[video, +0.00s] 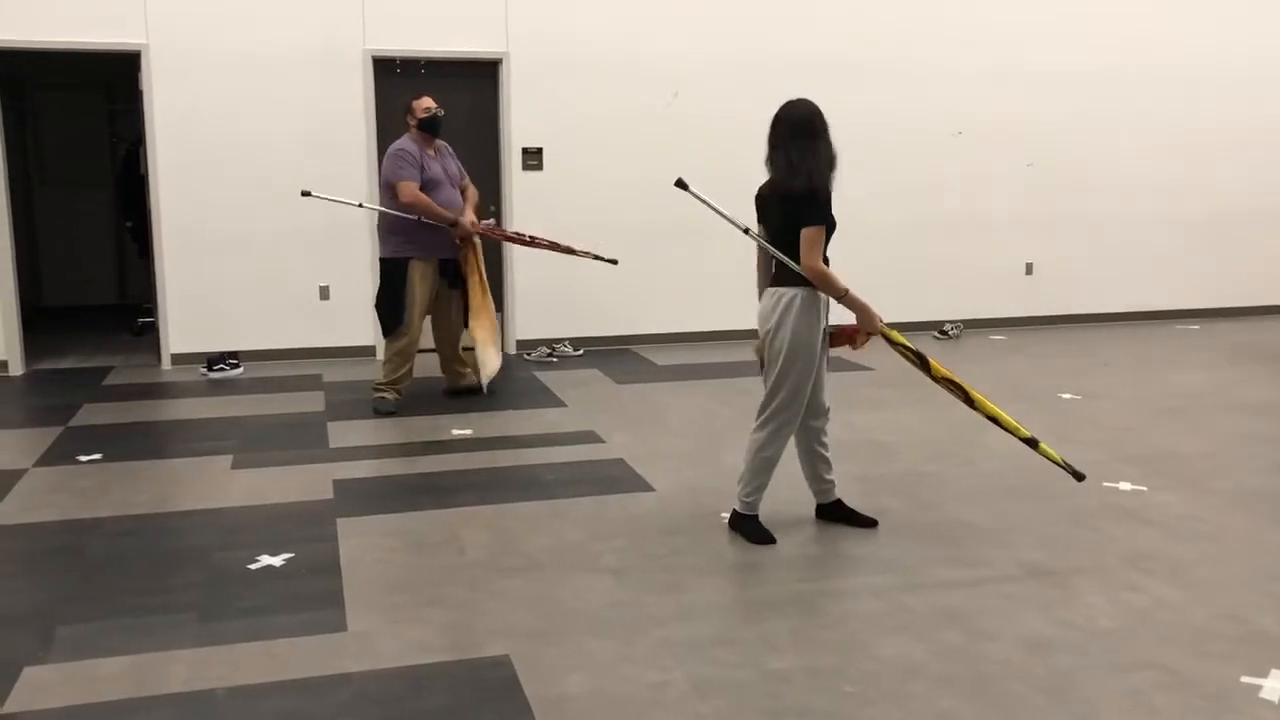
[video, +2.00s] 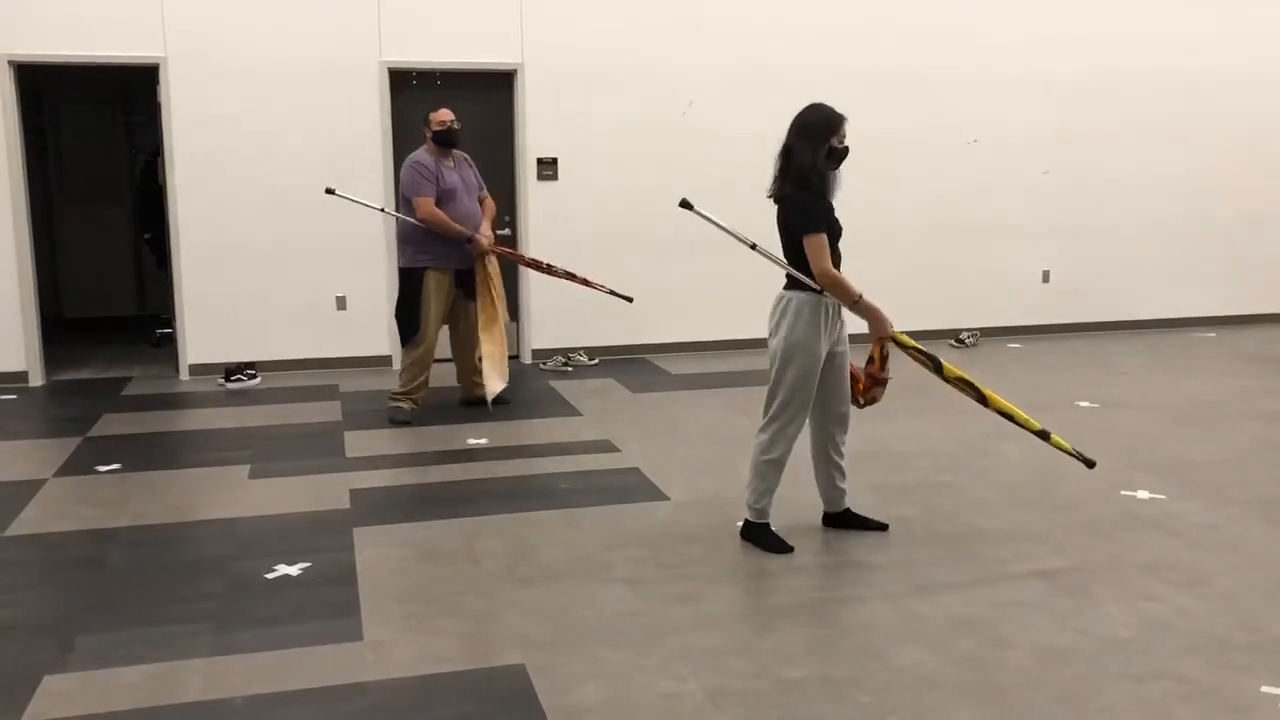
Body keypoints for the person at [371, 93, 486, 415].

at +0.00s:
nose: (434, 115)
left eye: (437, 110)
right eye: (426, 111)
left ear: (441, 116)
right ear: (411, 119)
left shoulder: (444, 150)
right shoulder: (401, 151)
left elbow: (470, 189)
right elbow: (408, 197)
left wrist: (467, 214)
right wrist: (455, 220)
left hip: (448, 251)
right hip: (410, 254)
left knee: (451, 321)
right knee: (405, 327)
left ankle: (459, 379)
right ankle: (388, 390)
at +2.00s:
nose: (450, 129)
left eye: (454, 124)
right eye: (443, 125)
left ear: (459, 128)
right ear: (428, 131)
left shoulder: (464, 161)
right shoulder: (417, 163)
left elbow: (488, 201)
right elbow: (425, 211)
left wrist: (485, 227)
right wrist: (469, 236)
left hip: (466, 262)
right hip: (427, 265)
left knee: (470, 331)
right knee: (422, 338)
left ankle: (475, 391)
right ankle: (404, 401)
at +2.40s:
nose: (457, 125)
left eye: (460, 121)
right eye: (449, 122)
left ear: (466, 129)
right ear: (434, 132)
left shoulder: (470, 164)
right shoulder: (423, 165)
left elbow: (489, 206)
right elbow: (430, 214)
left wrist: (497, 241)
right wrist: (476, 240)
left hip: (472, 264)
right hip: (433, 267)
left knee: (477, 331)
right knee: (428, 339)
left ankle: (482, 390)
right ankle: (411, 402)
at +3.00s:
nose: (458, 125)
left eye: (461, 120)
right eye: (451, 121)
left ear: (466, 125)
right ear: (437, 128)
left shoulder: (469, 158)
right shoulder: (424, 160)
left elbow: (479, 203)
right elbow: (427, 210)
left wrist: (495, 241)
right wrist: (472, 235)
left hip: (469, 260)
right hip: (432, 263)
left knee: (474, 329)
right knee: (428, 336)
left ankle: (481, 387)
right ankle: (411, 399)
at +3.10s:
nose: (458, 125)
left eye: (461, 120)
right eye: (451, 121)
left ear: (466, 125)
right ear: (436, 128)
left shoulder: (468, 157)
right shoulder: (424, 160)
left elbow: (477, 203)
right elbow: (427, 209)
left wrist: (493, 240)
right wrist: (472, 235)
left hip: (469, 260)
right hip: (432, 262)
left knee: (474, 329)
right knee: (428, 336)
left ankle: (481, 387)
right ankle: (411, 398)